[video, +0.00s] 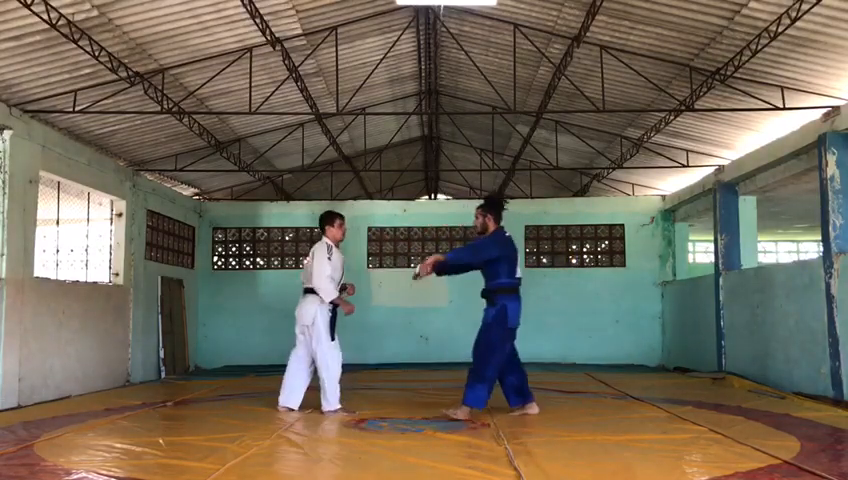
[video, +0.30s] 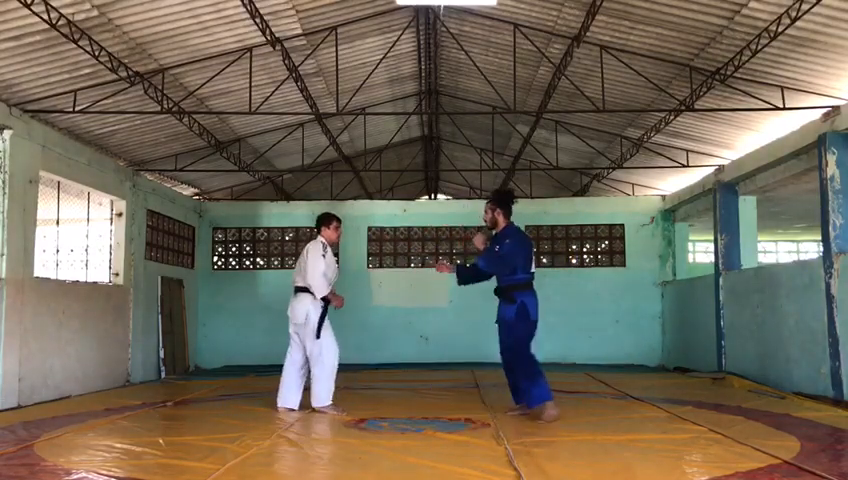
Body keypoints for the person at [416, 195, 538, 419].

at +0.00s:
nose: (475, 223)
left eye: (477, 218)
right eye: (475, 218)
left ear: (487, 218)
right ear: (492, 219)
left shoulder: (497, 241)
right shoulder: (499, 241)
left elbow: (472, 255)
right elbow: (469, 263)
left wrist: (440, 259)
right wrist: (438, 267)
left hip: (502, 305)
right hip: (503, 303)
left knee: (484, 352)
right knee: (504, 352)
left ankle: (466, 407)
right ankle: (527, 403)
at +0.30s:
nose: (485, 215)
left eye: (488, 211)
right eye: (485, 211)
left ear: (499, 213)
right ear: (502, 213)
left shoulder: (514, 238)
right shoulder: (499, 240)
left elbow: (498, 265)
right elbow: (485, 270)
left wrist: (483, 248)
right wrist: (454, 270)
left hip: (520, 300)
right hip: (509, 300)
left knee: (518, 351)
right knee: (509, 352)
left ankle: (545, 401)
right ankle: (524, 401)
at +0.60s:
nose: (478, 229)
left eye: (480, 225)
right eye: (478, 225)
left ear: (491, 225)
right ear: (493, 225)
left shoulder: (517, 249)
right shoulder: (492, 251)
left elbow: (505, 284)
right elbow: (485, 279)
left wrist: (477, 267)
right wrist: (456, 273)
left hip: (527, 309)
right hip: (506, 308)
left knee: (536, 359)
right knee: (484, 348)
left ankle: (558, 411)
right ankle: (480, 400)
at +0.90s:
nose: (447, 236)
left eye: (449, 231)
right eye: (447, 231)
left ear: (459, 232)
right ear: (464, 231)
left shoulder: (486, 254)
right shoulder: (462, 256)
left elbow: (477, 288)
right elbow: (451, 277)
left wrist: (447, 276)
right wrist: (424, 277)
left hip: (504, 307)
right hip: (484, 307)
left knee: (508, 351)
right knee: (468, 351)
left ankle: (540, 398)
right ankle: (464, 405)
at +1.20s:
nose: (440, 230)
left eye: (441, 225)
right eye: (440, 226)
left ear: (448, 225)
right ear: (457, 224)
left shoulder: (477, 249)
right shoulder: (449, 247)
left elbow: (470, 283)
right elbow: (422, 244)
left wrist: (442, 277)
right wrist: (393, 245)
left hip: (493, 305)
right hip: (473, 305)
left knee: (492, 355)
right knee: (460, 349)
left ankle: (503, 411)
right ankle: (463, 404)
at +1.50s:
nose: (425, 220)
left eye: (426, 216)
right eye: (425, 217)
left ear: (432, 218)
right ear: (441, 217)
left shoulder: (461, 246)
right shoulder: (432, 237)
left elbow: (462, 283)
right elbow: (407, 230)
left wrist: (433, 285)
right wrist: (380, 223)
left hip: (467, 303)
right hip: (453, 302)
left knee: (456, 350)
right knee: (447, 350)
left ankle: (463, 405)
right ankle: (458, 403)